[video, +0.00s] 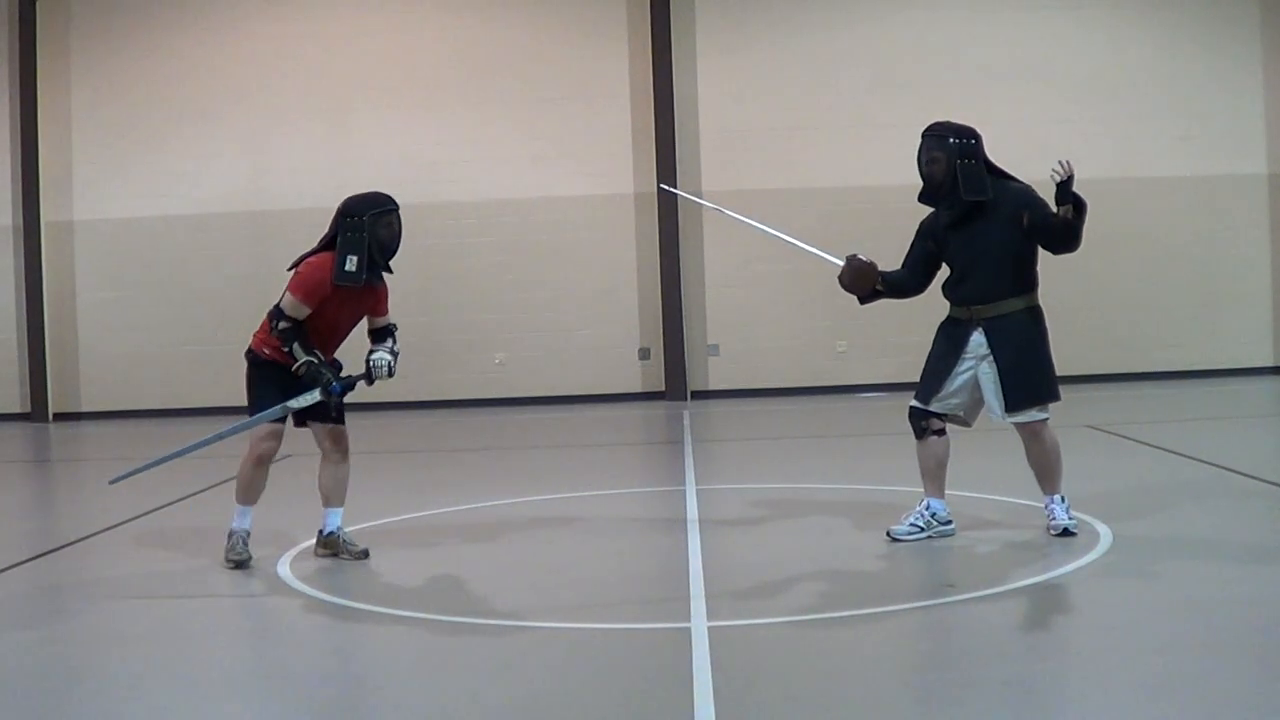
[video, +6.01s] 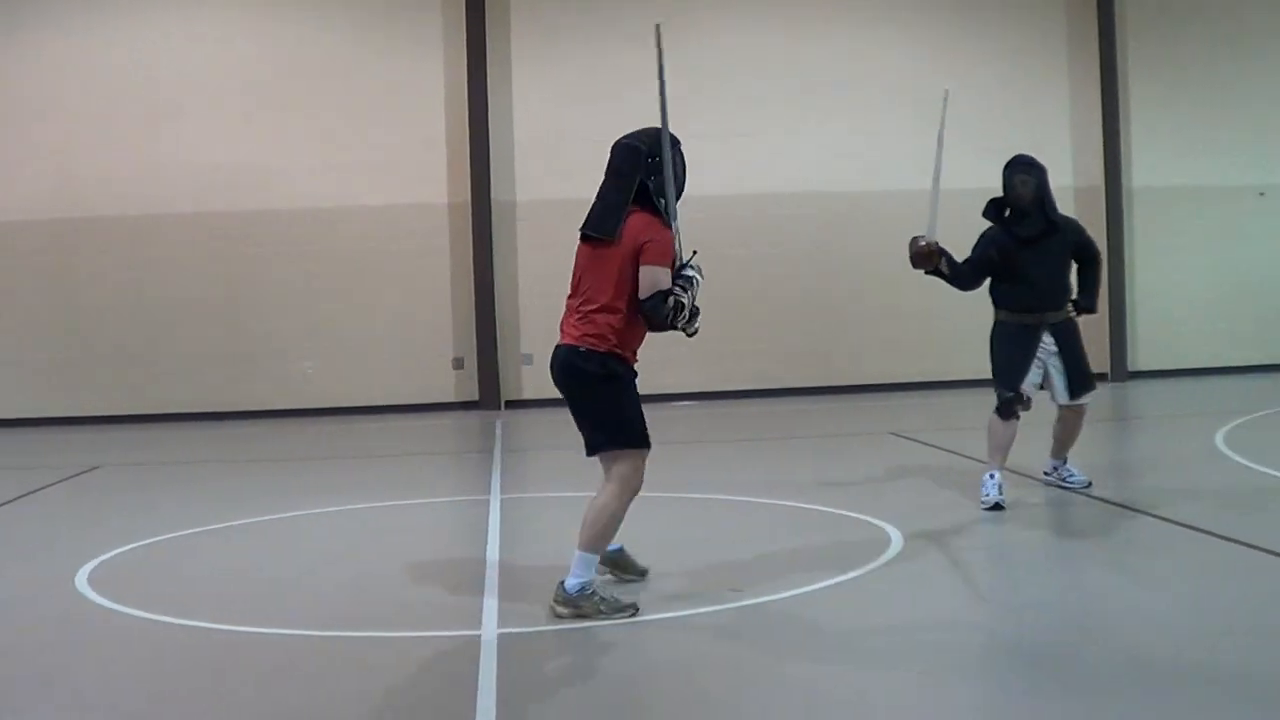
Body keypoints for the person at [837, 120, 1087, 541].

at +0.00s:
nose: (926, 169)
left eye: (934, 159)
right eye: (923, 160)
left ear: (961, 159)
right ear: (925, 163)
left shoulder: (1016, 198)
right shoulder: (939, 221)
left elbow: (1063, 242)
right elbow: (912, 279)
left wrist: (1069, 206)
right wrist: (872, 280)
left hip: (1014, 324)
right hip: (960, 326)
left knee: (1030, 418)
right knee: (927, 414)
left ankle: (1055, 503)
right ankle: (934, 509)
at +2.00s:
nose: (957, 173)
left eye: (966, 164)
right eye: (952, 165)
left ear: (989, 165)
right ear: (947, 170)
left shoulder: (1027, 211)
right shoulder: (946, 227)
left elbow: (1066, 254)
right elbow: (937, 290)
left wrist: (1088, 224)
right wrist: (913, 282)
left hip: (1022, 325)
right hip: (965, 329)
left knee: (1053, 410)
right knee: (937, 414)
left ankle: (1045, 476)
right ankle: (934, 509)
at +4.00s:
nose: (1090, 235)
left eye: (1096, 227)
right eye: (1084, 229)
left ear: (1112, 229)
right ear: (1077, 236)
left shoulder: (1141, 264)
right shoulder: (1079, 277)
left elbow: (1176, 265)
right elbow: (1046, 283)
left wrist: (1208, 248)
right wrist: (1032, 263)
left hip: (1150, 356)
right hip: (1101, 359)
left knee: (1200, 425)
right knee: (1085, 406)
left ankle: (1211, 445)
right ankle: (1057, 476)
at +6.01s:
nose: (1021, 187)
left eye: (1027, 180)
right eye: (1015, 181)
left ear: (1041, 185)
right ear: (1005, 188)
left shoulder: (1065, 228)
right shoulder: (997, 237)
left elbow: (1090, 257)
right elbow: (968, 279)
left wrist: (1086, 299)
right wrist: (940, 260)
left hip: (1060, 324)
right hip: (1014, 328)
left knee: (1075, 399)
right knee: (1010, 402)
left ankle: (1057, 466)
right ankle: (993, 478)